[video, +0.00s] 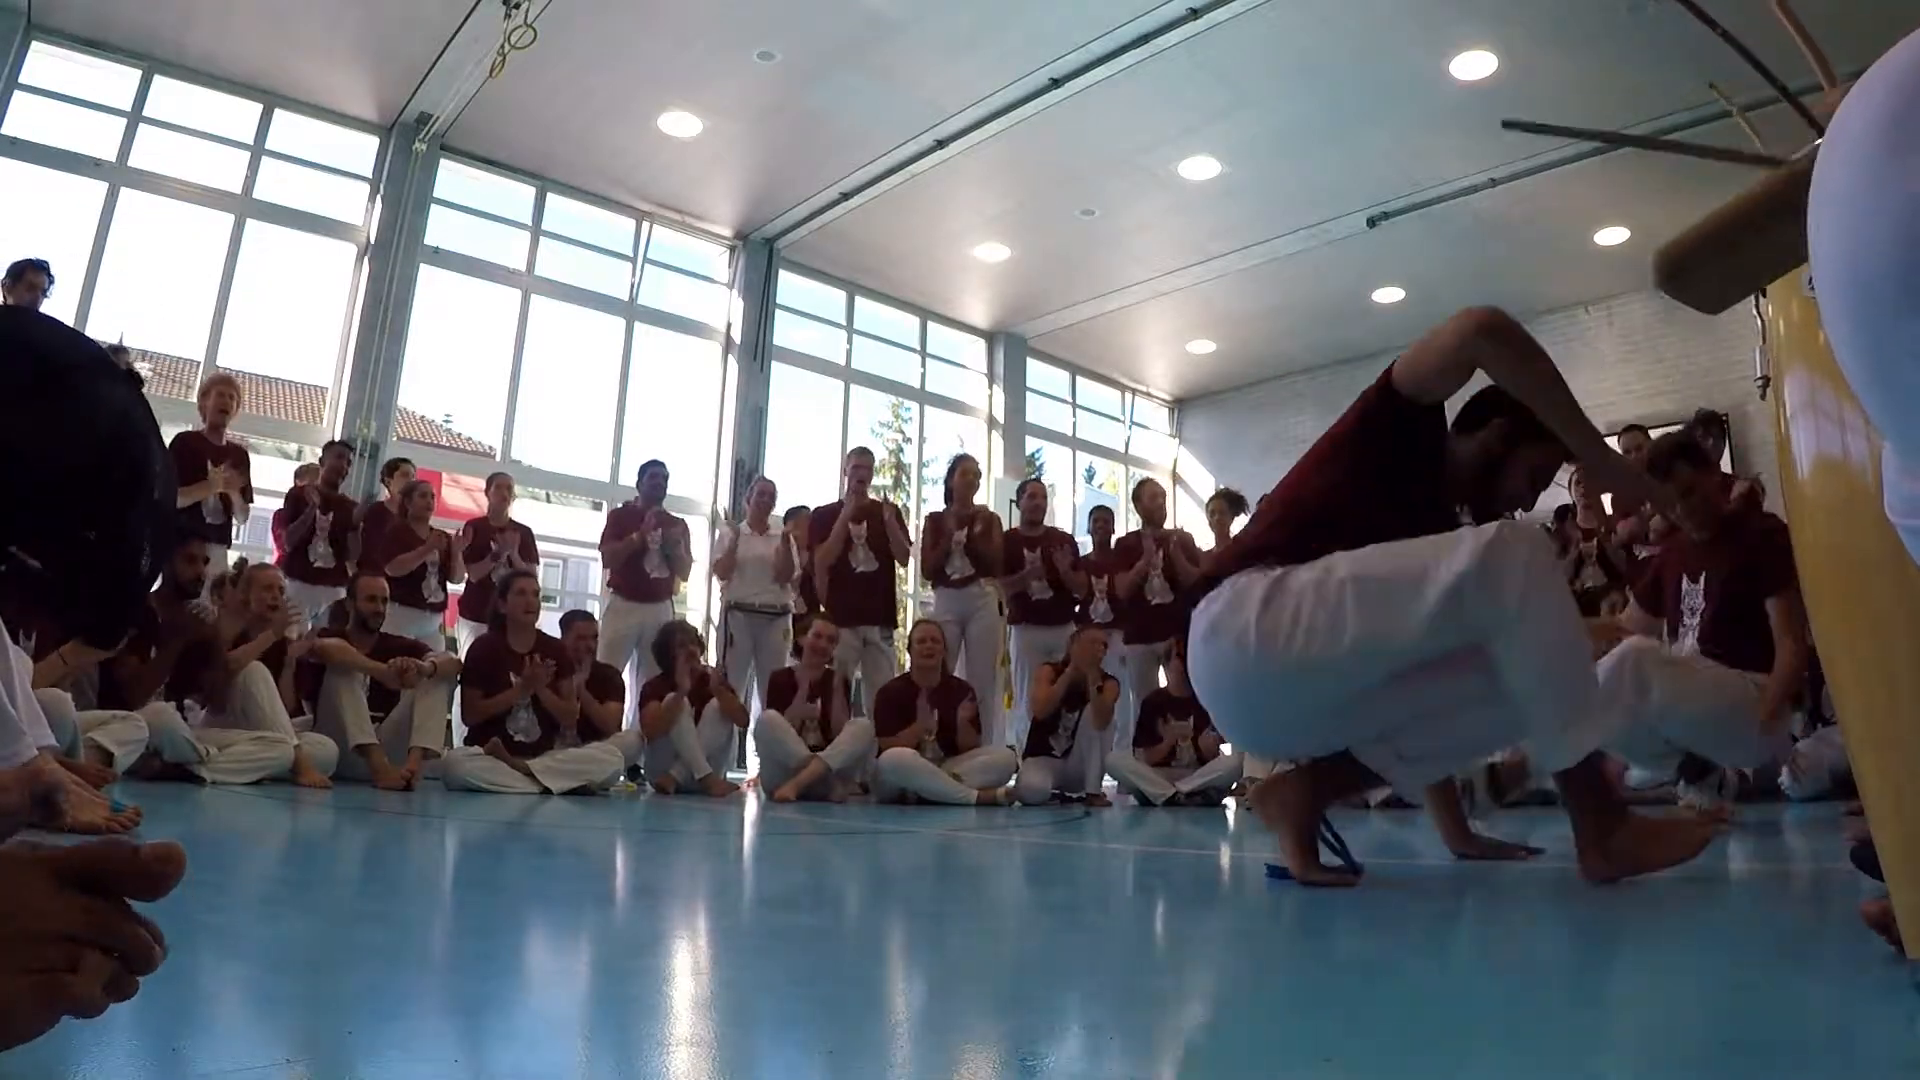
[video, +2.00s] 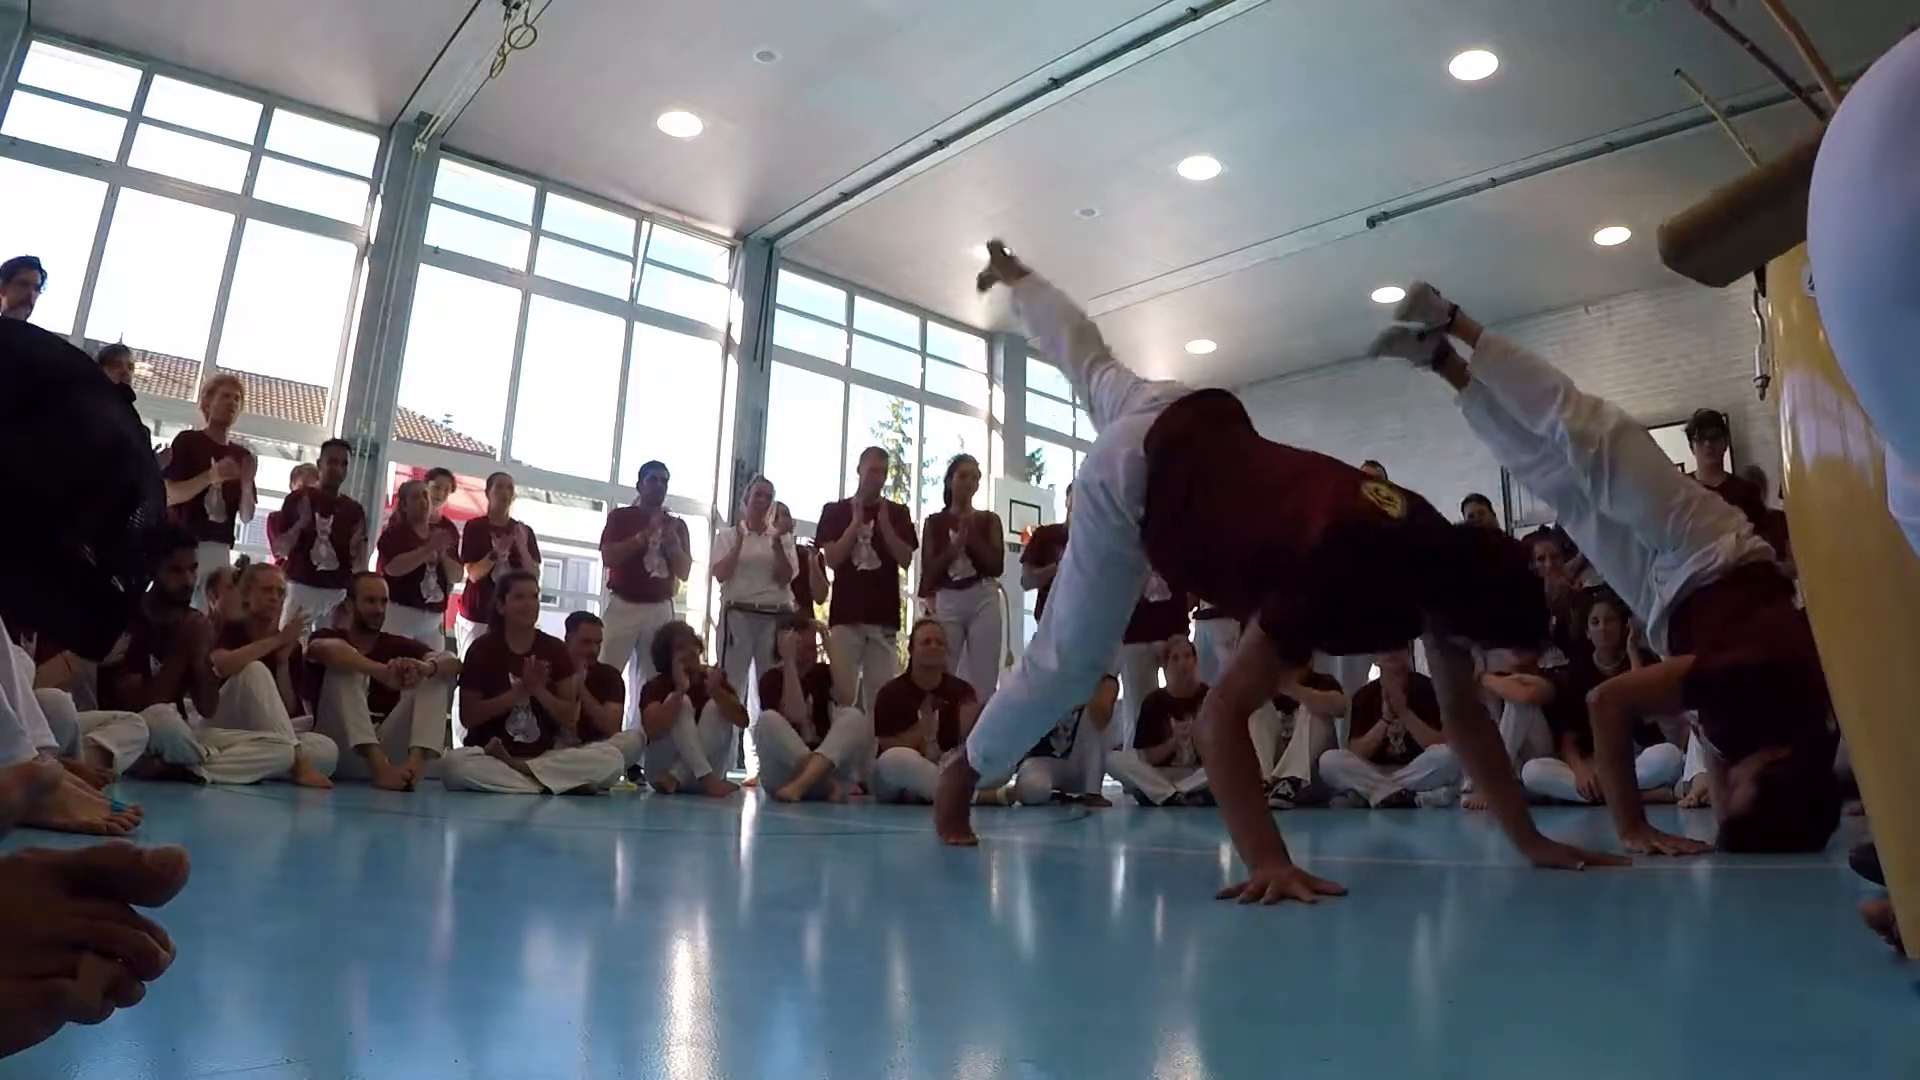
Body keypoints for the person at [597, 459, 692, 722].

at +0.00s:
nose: (659, 482)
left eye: (663, 478)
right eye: (653, 477)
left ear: (668, 485)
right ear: (639, 483)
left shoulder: (677, 524)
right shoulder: (619, 517)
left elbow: (685, 573)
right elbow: (609, 559)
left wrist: (673, 547)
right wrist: (640, 537)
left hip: (660, 609)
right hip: (622, 607)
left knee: (653, 687)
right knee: (605, 682)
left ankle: (646, 751)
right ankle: (600, 748)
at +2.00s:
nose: (659, 485)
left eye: (663, 481)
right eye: (653, 479)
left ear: (668, 487)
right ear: (639, 484)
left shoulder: (676, 525)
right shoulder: (619, 517)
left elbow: (684, 573)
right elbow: (609, 557)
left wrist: (672, 545)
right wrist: (644, 535)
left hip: (660, 609)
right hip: (622, 607)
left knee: (653, 684)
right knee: (606, 679)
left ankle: (646, 747)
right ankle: (599, 744)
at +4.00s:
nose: (661, 485)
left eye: (665, 480)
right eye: (655, 479)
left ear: (669, 487)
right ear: (640, 484)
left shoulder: (677, 525)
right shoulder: (621, 515)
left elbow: (685, 572)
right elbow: (611, 556)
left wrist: (671, 544)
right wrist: (648, 543)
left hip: (660, 609)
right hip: (622, 607)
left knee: (654, 686)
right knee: (606, 680)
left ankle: (649, 750)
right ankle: (599, 746)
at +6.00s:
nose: (663, 487)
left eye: (668, 482)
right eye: (657, 480)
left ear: (671, 488)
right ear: (644, 484)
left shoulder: (678, 526)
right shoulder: (622, 516)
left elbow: (685, 574)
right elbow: (612, 558)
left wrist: (673, 544)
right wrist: (644, 539)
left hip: (661, 610)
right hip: (623, 608)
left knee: (653, 686)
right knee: (607, 681)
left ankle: (646, 749)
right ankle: (601, 745)